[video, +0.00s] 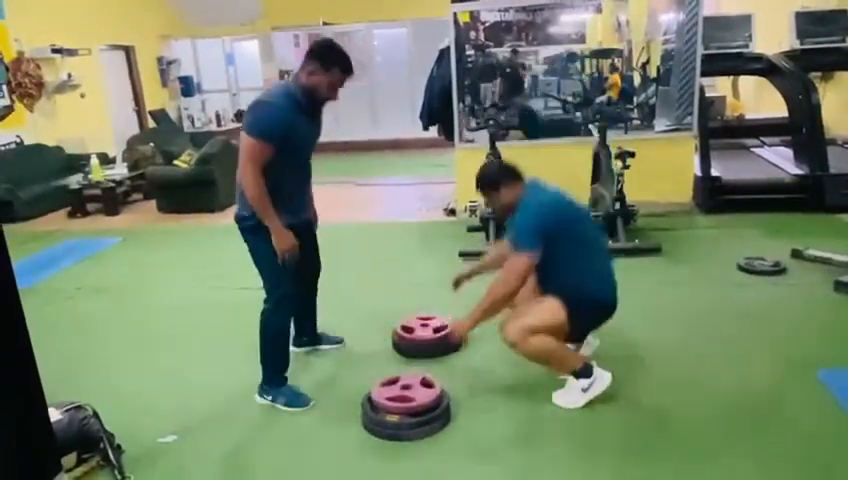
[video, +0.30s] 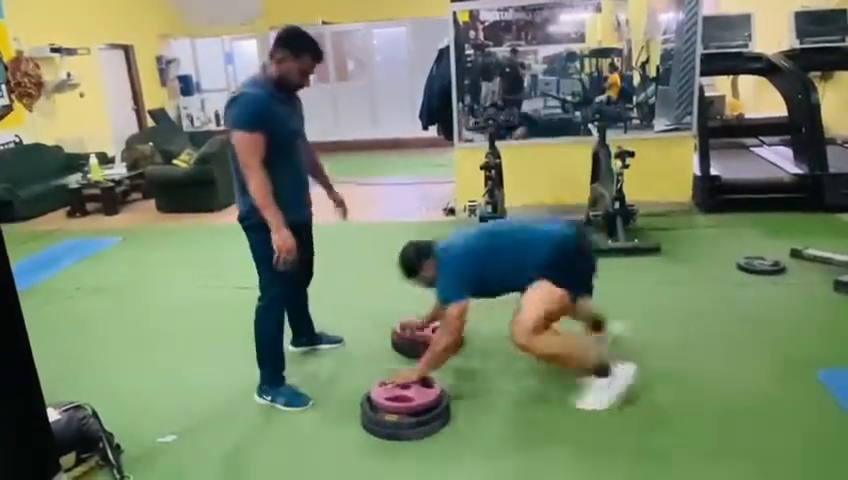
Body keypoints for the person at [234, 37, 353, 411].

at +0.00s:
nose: (337, 93)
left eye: (340, 85)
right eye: (336, 84)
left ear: (318, 74)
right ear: (313, 72)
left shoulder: (310, 106)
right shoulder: (271, 109)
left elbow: (295, 165)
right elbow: (248, 174)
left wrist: (305, 209)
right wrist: (275, 228)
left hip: (298, 214)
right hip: (263, 219)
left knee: (307, 273)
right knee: (282, 293)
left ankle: (305, 335)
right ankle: (272, 384)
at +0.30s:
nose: (308, 79)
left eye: (311, 71)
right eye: (305, 70)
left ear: (289, 64)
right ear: (281, 59)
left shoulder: (288, 99)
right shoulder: (250, 102)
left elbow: (302, 149)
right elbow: (252, 171)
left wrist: (328, 188)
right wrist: (278, 227)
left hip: (296, 211)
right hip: (266, 217)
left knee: (298, 279)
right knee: (274, 294)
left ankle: (303, 335)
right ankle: (270, 383)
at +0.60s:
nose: (298, 75)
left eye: (300, 67)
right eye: (294, 66)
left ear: (277, 60)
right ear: (269, 56)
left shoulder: (277, 95)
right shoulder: (241, 100)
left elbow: (293, 149)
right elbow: (246, 167)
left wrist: (327, 185)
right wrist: (284, 215)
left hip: (292, 207)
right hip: (263, 214)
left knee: (296, 277)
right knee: (271, 293)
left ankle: (303, 334)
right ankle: (269, 382)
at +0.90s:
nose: (298, 78)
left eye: (300, 70)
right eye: (293, 69)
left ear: (277, 63)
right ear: (269, 60)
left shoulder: (277, 98)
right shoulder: (235, 101)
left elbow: (288, 157)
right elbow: (238, 168)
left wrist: (306, 202)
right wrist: (270, 219)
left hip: (292, 209)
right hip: (261, 216)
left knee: (296, 279)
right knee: (269, 294)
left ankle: (302, 333)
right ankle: (267, 381)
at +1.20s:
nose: (295, 69)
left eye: (297, 61)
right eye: (290, 61)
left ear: (277, 57)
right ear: (265, 53)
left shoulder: (280, 96)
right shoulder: (235, 99)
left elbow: (292, 150)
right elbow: (235, 166)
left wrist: (312, 195)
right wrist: (265, 218)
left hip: (289, 207)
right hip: (258, 214)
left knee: (294, 276)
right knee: (267, 294)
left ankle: (300, 332)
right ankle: (266, 380)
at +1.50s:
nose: (300, 78)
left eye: (303, 71)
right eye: (294, 70)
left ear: (280, 64)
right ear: (269, 60)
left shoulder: (283, 100)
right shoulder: (236, 102)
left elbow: (296, 153)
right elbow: (239, 171)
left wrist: (321, 198)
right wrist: (273, 222)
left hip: (292, 208)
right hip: (260, 216)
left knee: (297, 276)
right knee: (270, 295)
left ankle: (300, 333)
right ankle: (266, 382)